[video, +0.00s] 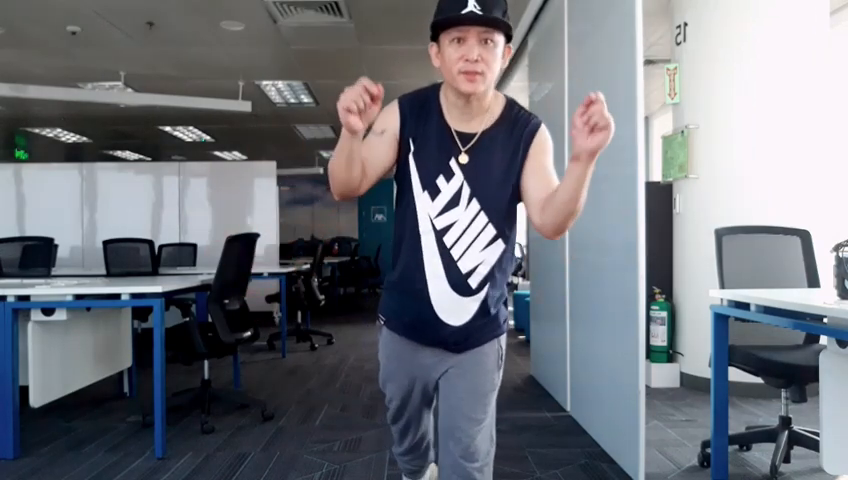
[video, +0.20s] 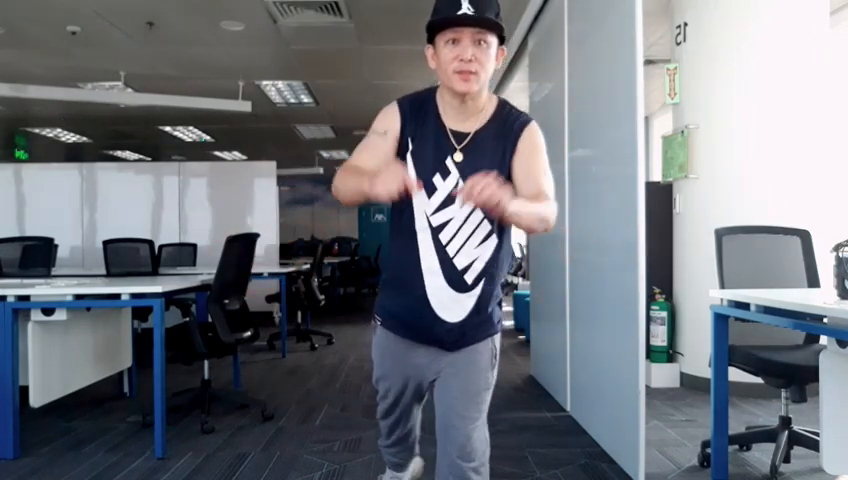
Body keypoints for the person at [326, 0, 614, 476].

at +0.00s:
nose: (473, 54)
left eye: (487, 42)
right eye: (458, 41)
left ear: (505, 55)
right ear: (435, 54)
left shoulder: (527, 132)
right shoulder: (404, 113)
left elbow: (550, 223)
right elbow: (344, 186)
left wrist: (583, 159)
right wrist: (351, 131)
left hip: (479, 331)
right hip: (407, 325)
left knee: (468, 463)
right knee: (406, 441)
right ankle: (414, 470)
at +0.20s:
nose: (467, 54)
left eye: (480, 43)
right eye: (453, 42)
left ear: (498, 57)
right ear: (431, 57)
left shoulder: (521, 131)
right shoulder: (400, 116)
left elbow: (544, 214)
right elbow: (342, 185)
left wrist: (508, 206)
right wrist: (375, 181)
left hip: (474, 329)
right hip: (401, 322)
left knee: (465, 453)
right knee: (394, 422)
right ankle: (400, 468)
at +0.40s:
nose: (454, 75)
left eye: (466, 64)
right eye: (442, 62)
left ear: (483, 77)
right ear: (420, 74)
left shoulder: (498, 148)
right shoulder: (387, 135)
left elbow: (530, 222)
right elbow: (341, 203)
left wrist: (551, 279)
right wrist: (309, 262)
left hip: (460, 333)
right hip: (390, 329)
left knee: (456, 451)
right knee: (388, 428)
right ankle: (394, 473)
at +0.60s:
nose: (446, 89)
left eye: (458, 79)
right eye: (434, 77)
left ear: (475, 91)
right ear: (411, 86)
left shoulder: (489, 158)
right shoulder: (379, 148)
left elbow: (525, 228)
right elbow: (335, 213)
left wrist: (569, 289)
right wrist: (290, 270)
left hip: (453, 337)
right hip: (384, 335)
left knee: (455, 449)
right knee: (388, 430)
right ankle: (394, 474)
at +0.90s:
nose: (460, 93)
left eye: (472, 81)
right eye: (446, 80)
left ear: (489, 90)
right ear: (422, 89)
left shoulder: (506, 159)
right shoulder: (391, 154)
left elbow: (533, 237)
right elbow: (351, 227)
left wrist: (562, 308)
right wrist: (309, 295)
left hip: (470, 346)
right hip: (397, 343)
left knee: (463, 464)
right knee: (387, 447)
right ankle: (394, 474)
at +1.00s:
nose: (466, 85)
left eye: (479, 72)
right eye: (452, 72)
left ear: (495, 81)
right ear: (427, 80)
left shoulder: (515, 154)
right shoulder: (395, 146)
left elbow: (547, 235)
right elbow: (350, 221)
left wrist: (584, 314)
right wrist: (308, 291)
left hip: (474, 344)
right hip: (400, 339)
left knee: (462, 464)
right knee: (384, 441)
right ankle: (394, 473)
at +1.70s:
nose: (495, 23)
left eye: (511, 8)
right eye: (479, 8)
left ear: (535, 20)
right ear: (452, 21)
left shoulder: (573, 97)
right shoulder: (432, 109)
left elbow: (607, 176)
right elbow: (428, 186)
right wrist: (414, 242)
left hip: (542, 340)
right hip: (459, 340)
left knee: (522, 470)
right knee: (500, 471)